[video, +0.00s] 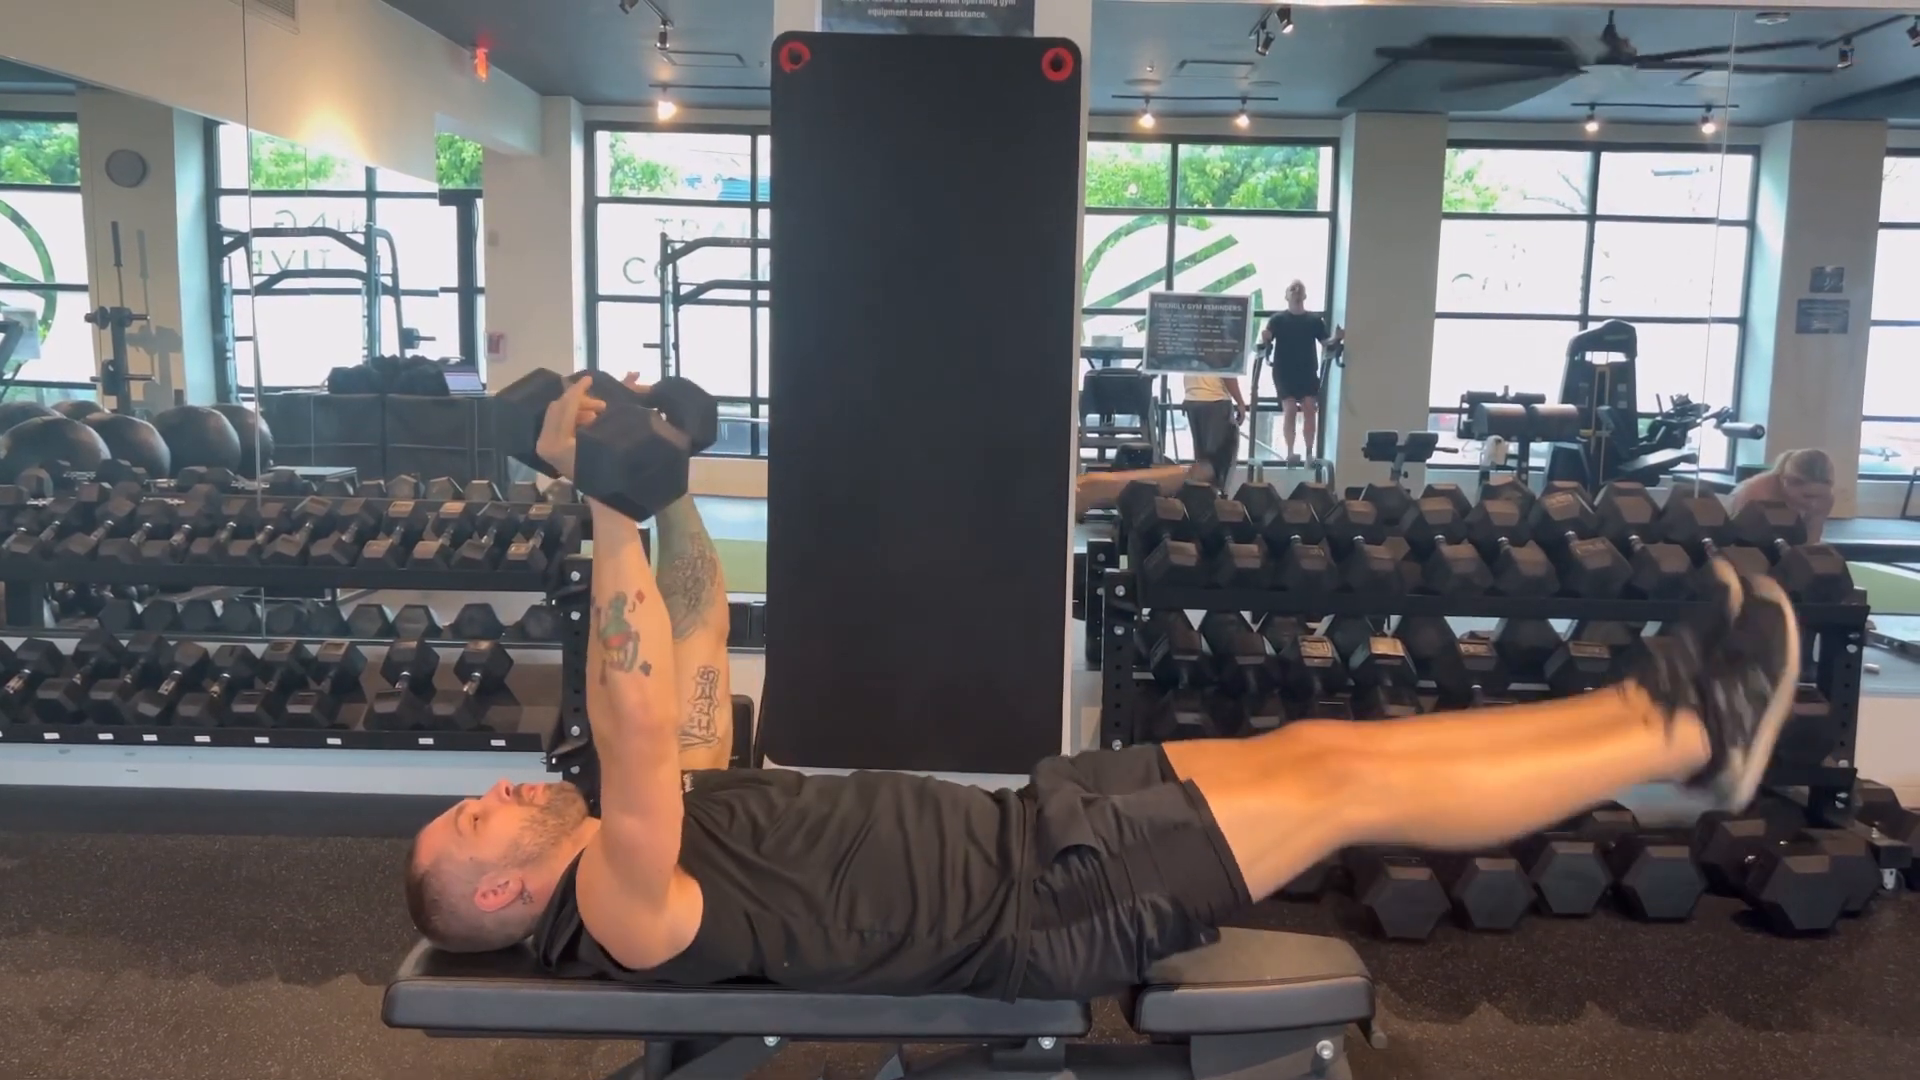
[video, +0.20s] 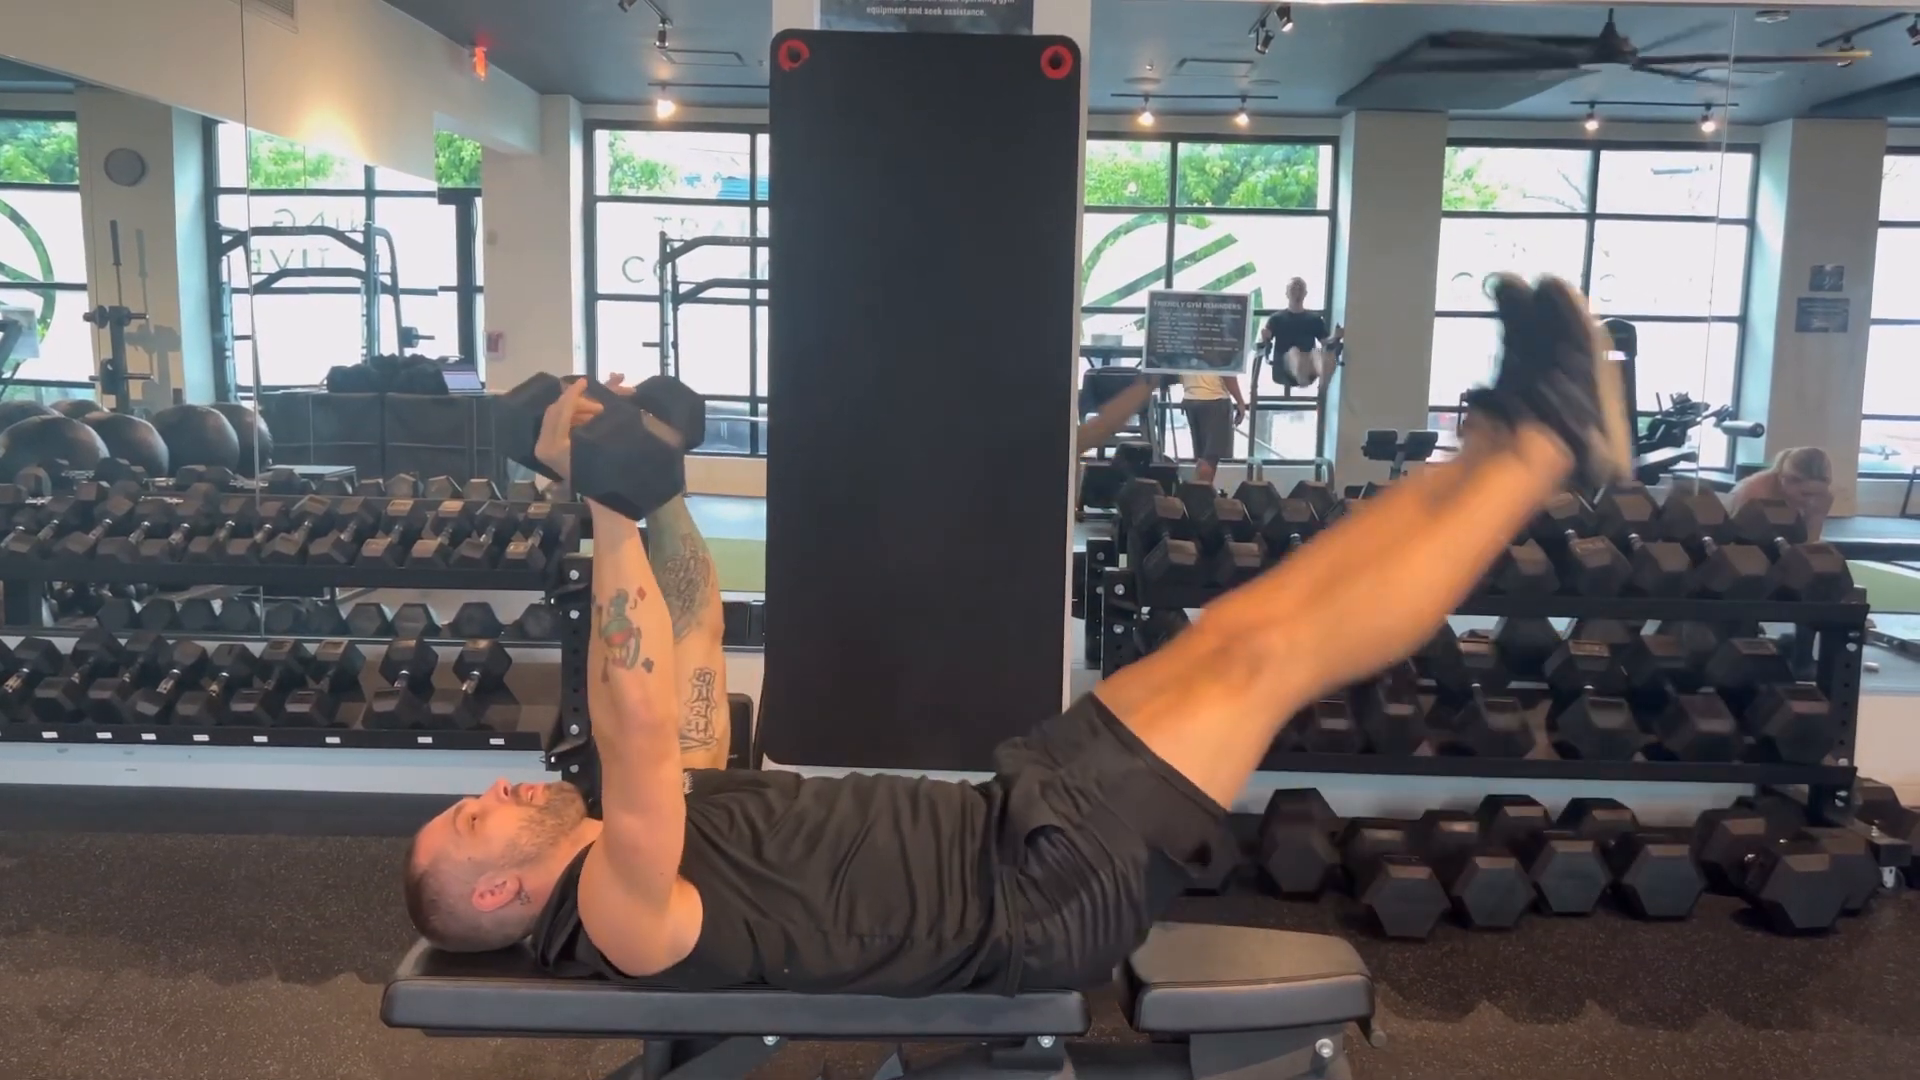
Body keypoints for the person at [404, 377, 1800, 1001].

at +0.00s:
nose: (503, 799)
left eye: (481, 805)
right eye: (484, 834)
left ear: (536, 844)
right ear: (520, 906)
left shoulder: (653, 823)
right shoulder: (628, 899)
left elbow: (698, 656)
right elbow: (631, 688)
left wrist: (651, 494)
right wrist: (613, 508)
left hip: (1043, 813)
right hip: (1050, 895)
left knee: (1333, 746)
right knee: (1346, 774)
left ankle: (1668, 708)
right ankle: (1686, 731)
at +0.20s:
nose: (490, 794)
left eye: (474, 808)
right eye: (474, 833)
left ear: (524, 832)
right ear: (507, 893)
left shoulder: (636, 828)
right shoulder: (625, 907)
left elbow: (686, 646)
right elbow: (628, 690)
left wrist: (634, 472)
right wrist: (620, 504)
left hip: (1005, 821)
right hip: (1032, 889)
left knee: (1249, 631)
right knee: (1259, 650)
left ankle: (1504, 446)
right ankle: (1543, 454)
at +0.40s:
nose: (492, 791)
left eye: (466, 801)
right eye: (467, 823)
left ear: (509, 840)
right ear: (499, 893)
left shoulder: (646, 833)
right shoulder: (620, 907)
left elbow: (691, 643)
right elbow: (630, 724)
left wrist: (647, 482)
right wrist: (607, 500)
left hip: (979, 842)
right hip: (1013, 897)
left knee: (1084, 556)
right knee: (1101, 565)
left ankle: (1214, 246)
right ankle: (1221, 242)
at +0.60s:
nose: (477, 785)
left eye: (447, 797)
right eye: (453, 812)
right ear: (483, 882)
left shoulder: (612, 851)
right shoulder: (602, 900)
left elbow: (682, 641)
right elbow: (620, 703)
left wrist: (644, 478)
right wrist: (594, 498)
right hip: (971, 871)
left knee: (950, 531)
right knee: (947, 534)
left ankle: (941, 182)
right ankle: (939, 175)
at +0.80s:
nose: (473, 783)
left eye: (442, 797)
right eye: (448, 812)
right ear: (481, 887)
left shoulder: (620, 841)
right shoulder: (602, 900)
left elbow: (680, 615)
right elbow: (611, 694)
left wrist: (646, 471)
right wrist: (585, 493)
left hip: (927, 815)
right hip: (968, 841)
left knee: (875, 524)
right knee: (869, 528)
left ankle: (798, 179)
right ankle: (792, 174)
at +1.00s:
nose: (470, 783)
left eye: (441, 797)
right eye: (446, 813)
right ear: (481, 886)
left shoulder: (621, 835)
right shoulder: (602, 900)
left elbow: (679, 629)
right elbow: (609, 693)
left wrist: (647, 470)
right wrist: (581, 496)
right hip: (967, 849)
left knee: (872, 533)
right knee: (865, 537)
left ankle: (791, 185)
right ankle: (785, 181)